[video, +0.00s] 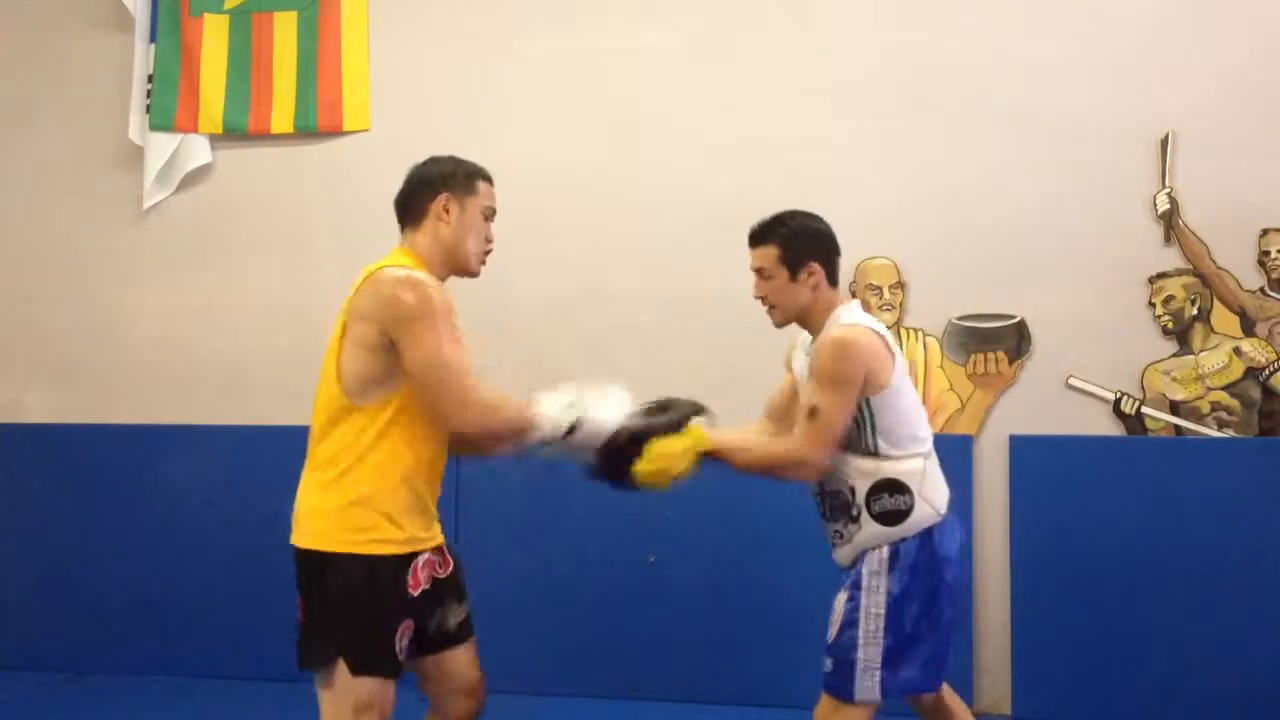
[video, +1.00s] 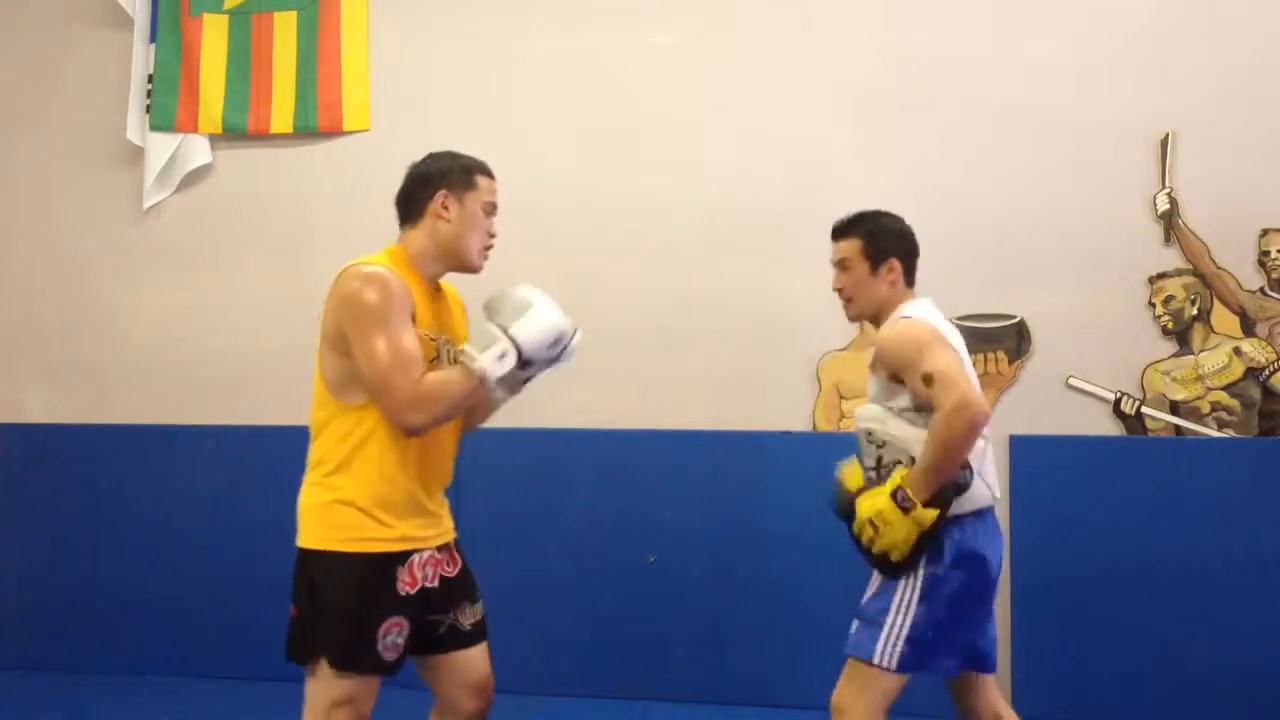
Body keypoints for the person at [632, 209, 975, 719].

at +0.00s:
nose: (756, 291)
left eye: (765, 275)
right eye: (755, 276)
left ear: (812, 277)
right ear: (809, 279)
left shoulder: (845, 343)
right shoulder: (809, 347)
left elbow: (808, 459)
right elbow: (773, 433)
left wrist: (708, 446)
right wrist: (698, 439)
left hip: (896, 543)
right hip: (897, 539)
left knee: (842, 708)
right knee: (925, 688)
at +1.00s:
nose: (835, 283)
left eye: (845, 267)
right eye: (835, 268)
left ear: (889, 272)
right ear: (890, 275)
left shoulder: (904, 333)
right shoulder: (922, 323)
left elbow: (967, 410)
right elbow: (931, 428)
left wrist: (909, 499)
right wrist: (876, 483)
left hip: (940, 538)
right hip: (967, 531)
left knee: (854, 703)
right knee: (981, 700)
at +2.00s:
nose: (766, 289)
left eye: (777, 274)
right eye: (767, 274)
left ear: (823, 279)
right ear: (827, 279)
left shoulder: (828, 344)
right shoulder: (885, 325)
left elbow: (753, 402)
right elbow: (909, 424)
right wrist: (829, 468)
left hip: (911, 550)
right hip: (970, 530)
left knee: (862, 708)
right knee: (986, 693)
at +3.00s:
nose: (754, 303)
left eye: (764, 287)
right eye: (753, 288)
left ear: (812, 290)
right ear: (812, 294)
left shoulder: (846, 359)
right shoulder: (851, 344)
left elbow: (848, 475)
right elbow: (837, 445)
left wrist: (742, 487)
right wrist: (757, 439)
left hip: (905, 558)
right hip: (941, 543)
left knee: (839, 709)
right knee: (964, 695)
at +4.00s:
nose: (773, 314)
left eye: (784, 299)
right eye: (773, 300)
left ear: (832, 300)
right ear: (830, 304)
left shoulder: (880, 358)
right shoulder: (830, 360)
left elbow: (889, 469)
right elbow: (799, 438)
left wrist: (781, 459)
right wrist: (746, 406)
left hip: (920, 559)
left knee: (836, 710)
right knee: (951, 702)